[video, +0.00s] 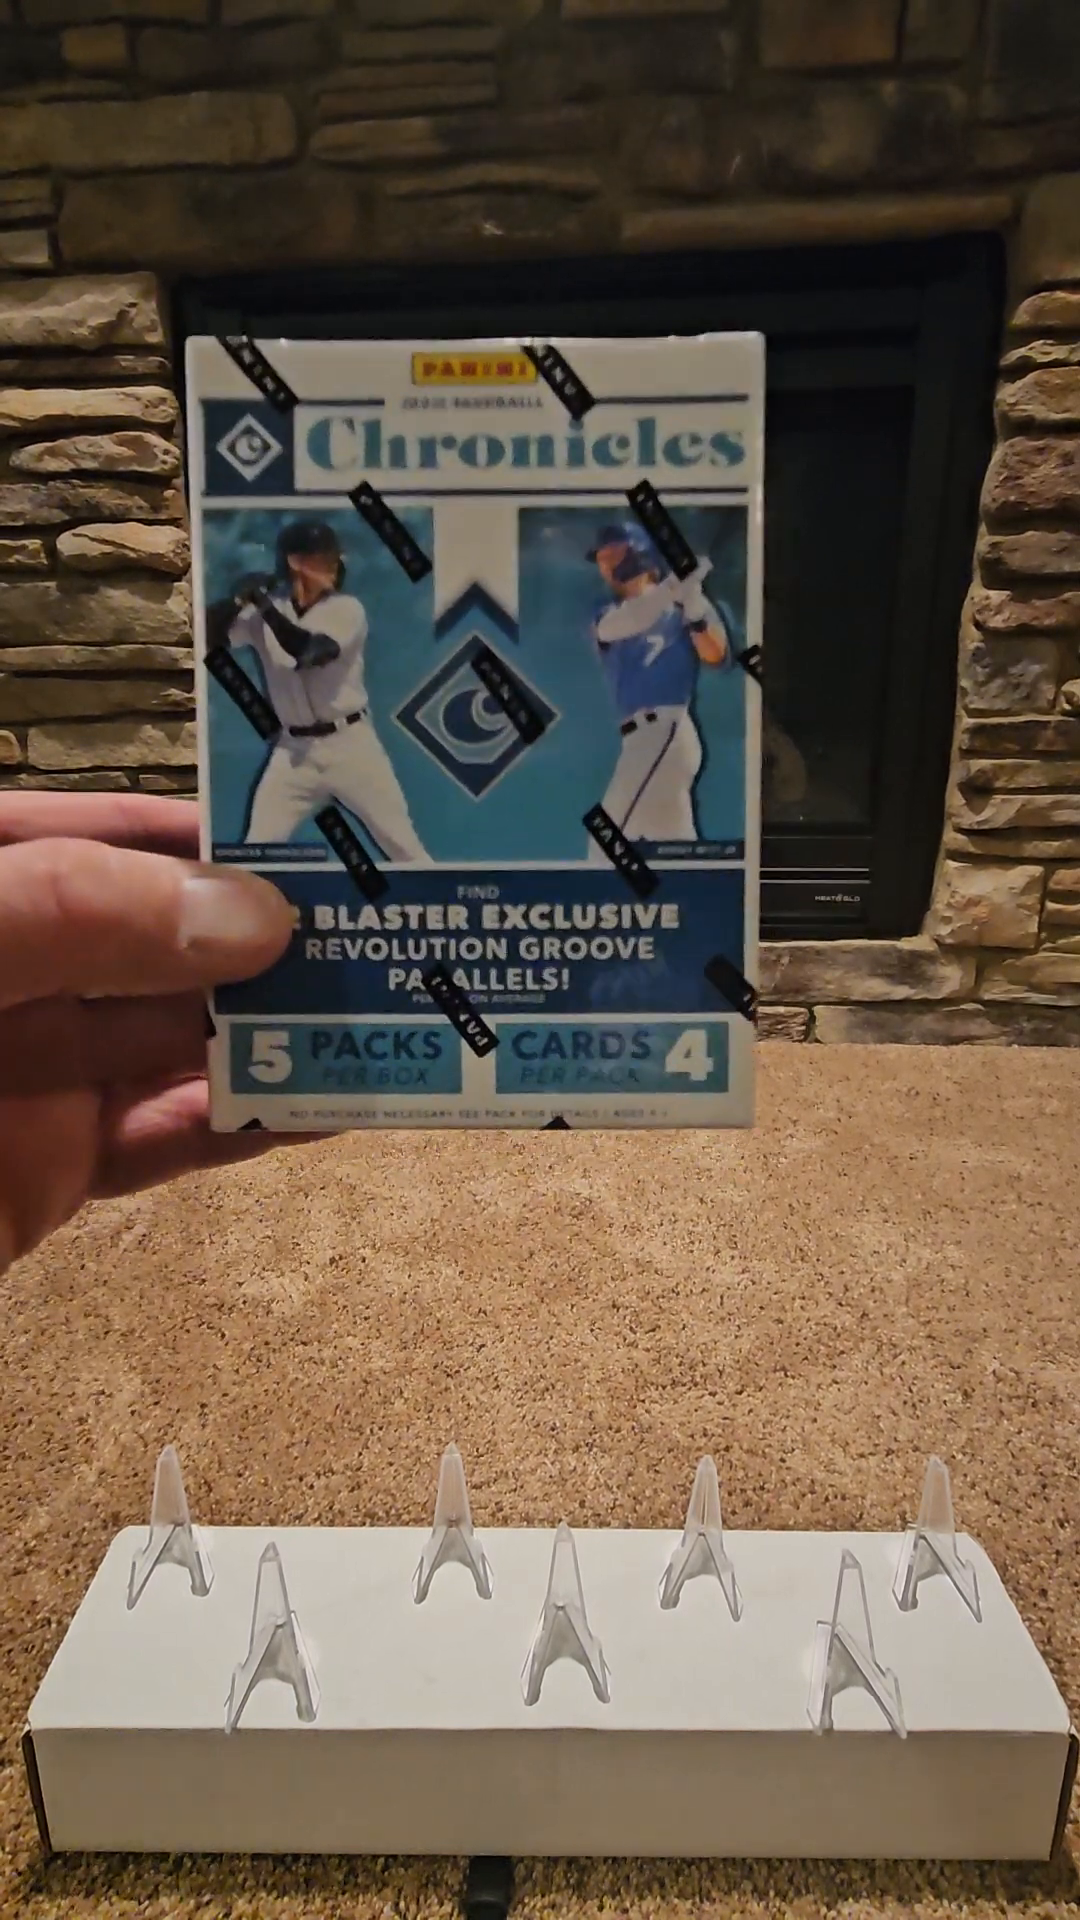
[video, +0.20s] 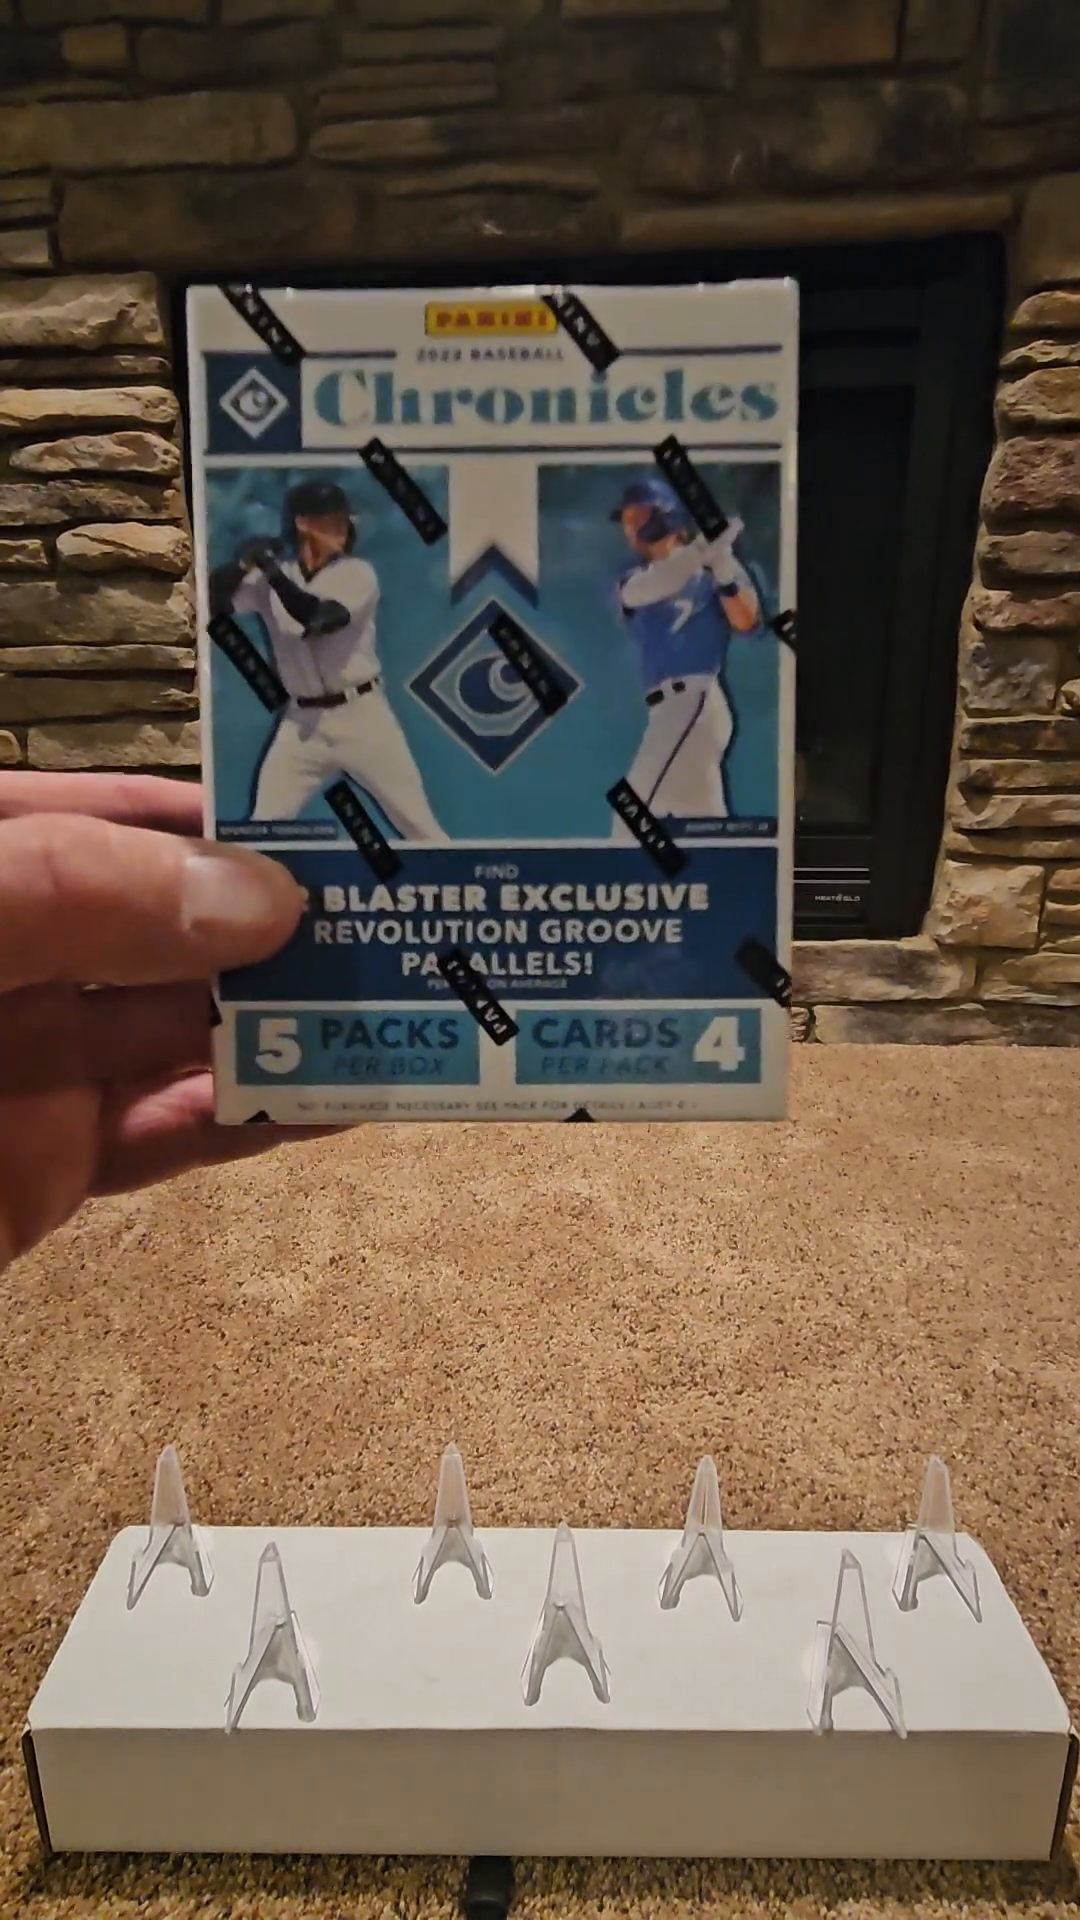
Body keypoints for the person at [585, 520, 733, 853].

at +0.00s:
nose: (605, 566)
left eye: (612, 555)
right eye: (601, 559)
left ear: (638, 557)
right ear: (598, 565)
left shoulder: (685, 603)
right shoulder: (607, 614)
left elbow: (716, 656)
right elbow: (629, 622)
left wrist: (694, 605)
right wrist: (671, 589)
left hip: (667, 733)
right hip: (639, 737)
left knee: (607, 839)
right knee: (676, 851)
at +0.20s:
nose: (631, 531)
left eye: (639, 519)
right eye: (627, 522)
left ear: (665, 520)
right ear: (624, 528)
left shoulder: (715, 566)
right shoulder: (632, 578)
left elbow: (747, 623)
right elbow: (645, 591)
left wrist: (724, 567)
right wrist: (703, 548)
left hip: (695, 703)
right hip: (667, 708)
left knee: (633, 814)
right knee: (704, 828)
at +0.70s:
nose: (701, 475)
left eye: (710, 462)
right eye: (696, 466)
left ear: (739, 463)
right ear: (693, 475)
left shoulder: (792, 515)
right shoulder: (705, 530)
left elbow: (825, 580)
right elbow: (711, 546)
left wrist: (800, 513)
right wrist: (777, 499)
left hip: (767, 669)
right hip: (734, 674)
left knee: (696, 790)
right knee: (776, 808)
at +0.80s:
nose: (701, 490)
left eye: (709, 476)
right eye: (695, 481)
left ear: (736, 475)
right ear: (692, 489)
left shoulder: (790, 528)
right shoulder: (702, 545)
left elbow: (823, 591)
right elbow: (719, 554)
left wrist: (799, 525)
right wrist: (778, 509)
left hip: (766, 679)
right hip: (734, 684)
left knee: (696, 800)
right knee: (775, 817)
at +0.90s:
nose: (683, 554)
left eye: (692, 541)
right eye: (678, 545)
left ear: (719, 544)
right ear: (675, 555)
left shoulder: (763, 590)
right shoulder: (686, 607)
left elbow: (800, 651)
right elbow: (692, 620)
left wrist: (776, 589)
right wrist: (755, 576)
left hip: (746, 733)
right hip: (714, 737)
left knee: (680, 849)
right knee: (749, 863)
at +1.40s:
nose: (675, 641)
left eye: (683, 630)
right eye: (669, 634)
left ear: (709, 630)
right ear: (664, 640)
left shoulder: (757, 678)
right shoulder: (672, 691)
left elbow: (790, 736)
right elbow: (694, 701)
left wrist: (766, 680)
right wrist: (744, 662)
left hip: (738, 819)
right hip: (708, 824)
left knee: (673, 925)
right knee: (750, 944)